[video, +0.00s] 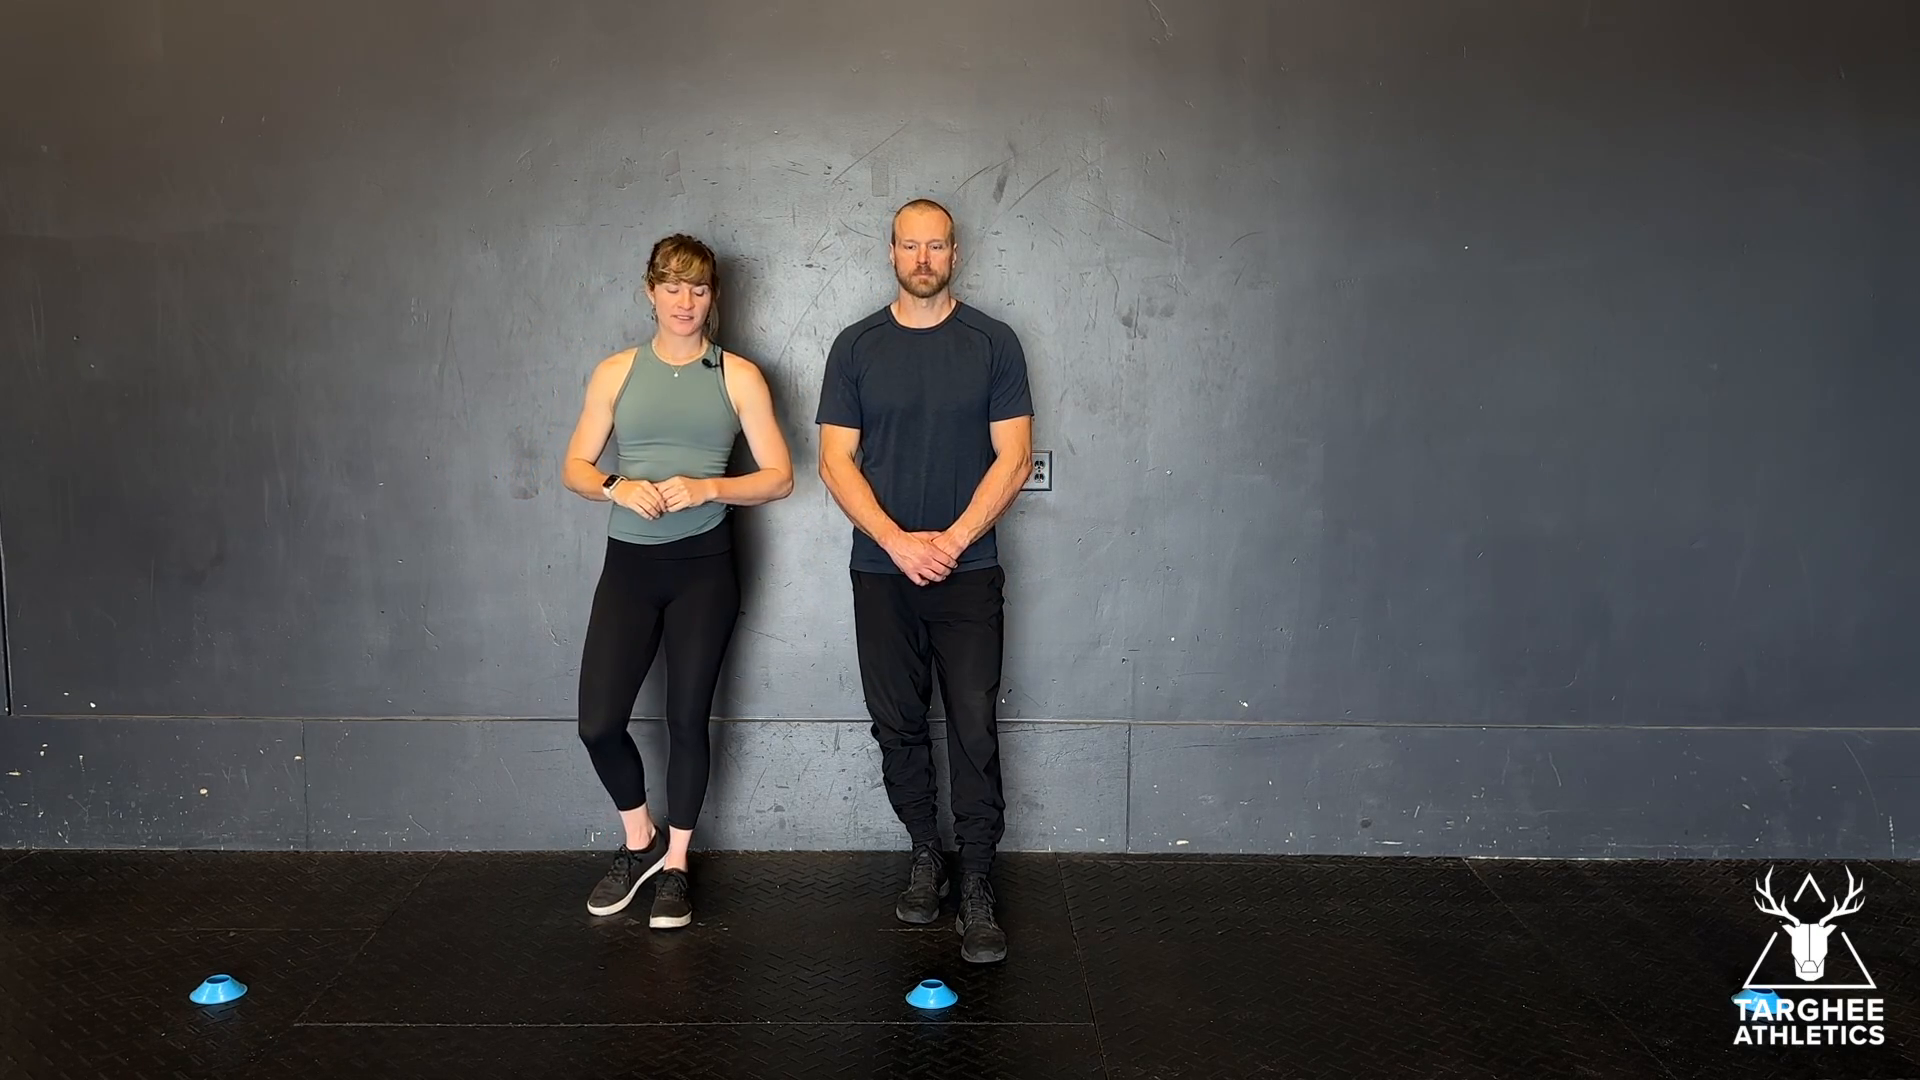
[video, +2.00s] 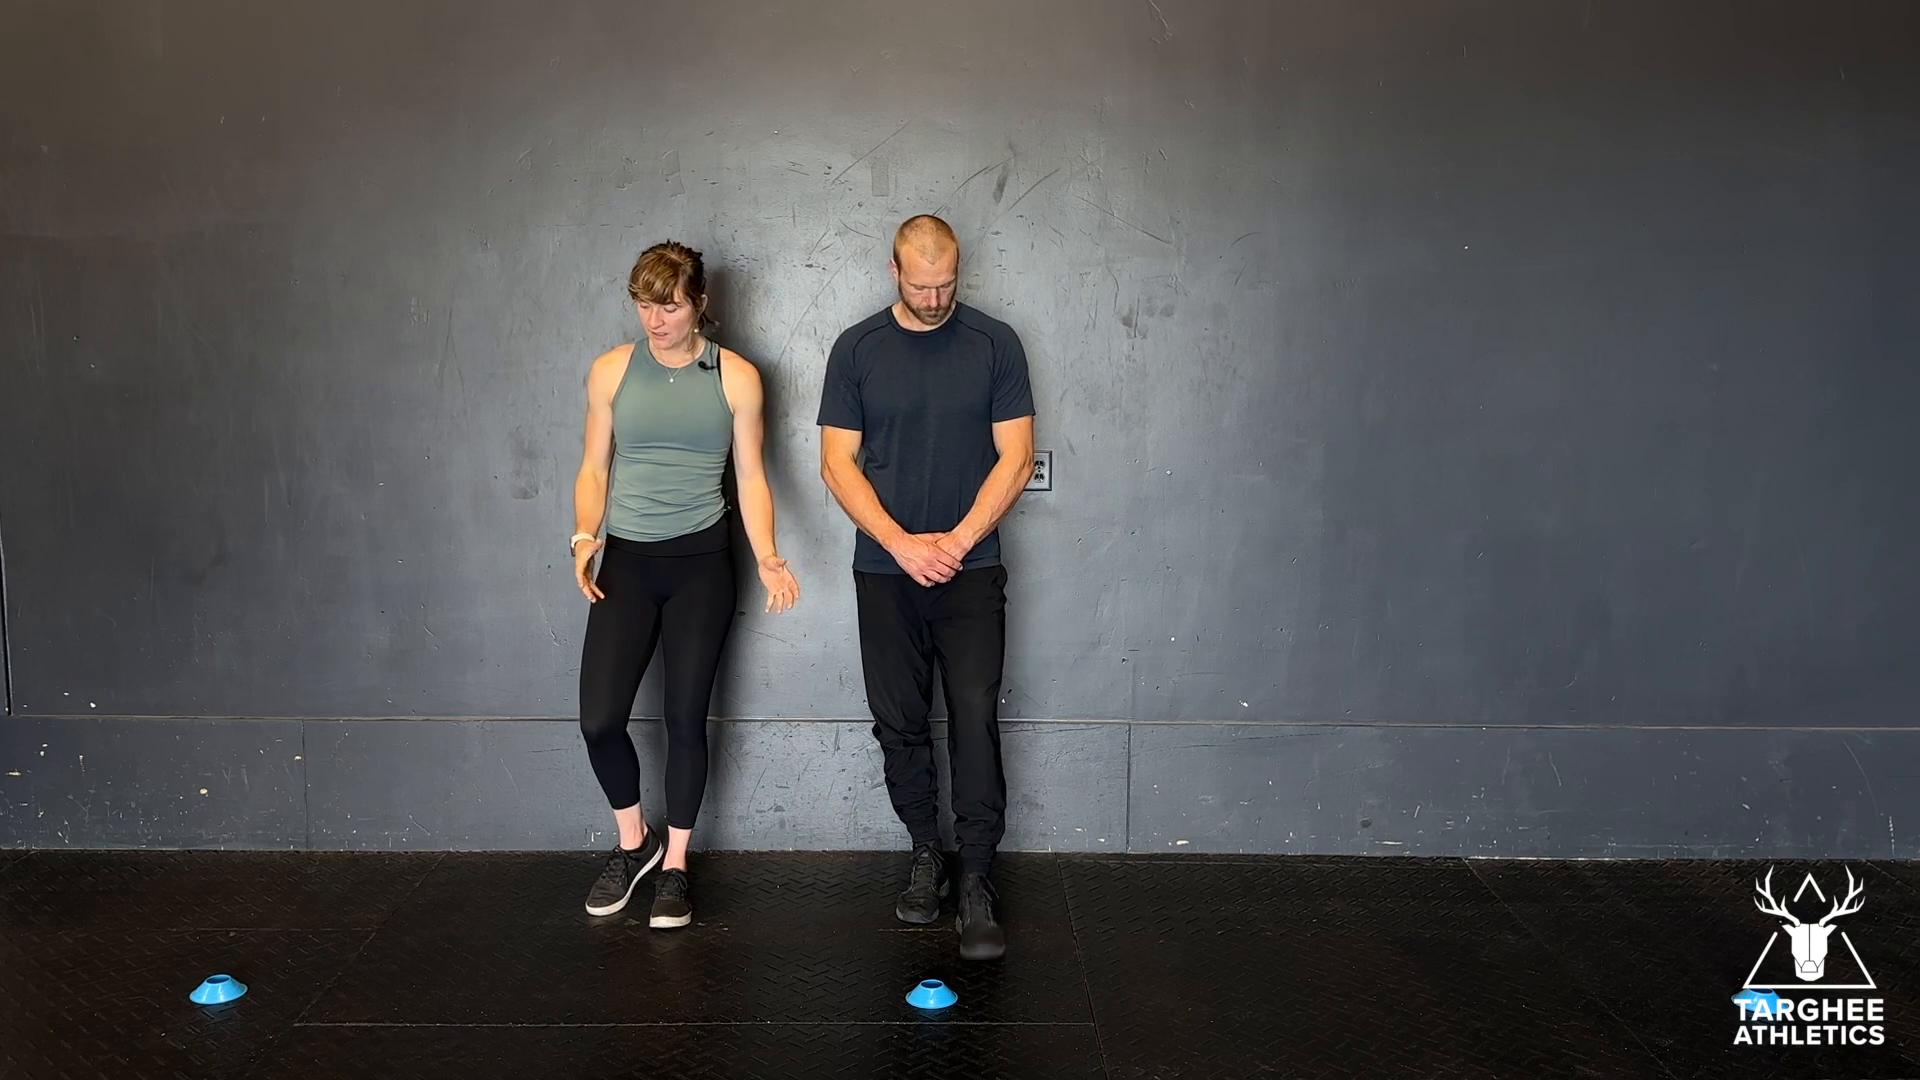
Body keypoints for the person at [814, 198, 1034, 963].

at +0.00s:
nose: (923, 256)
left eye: (936, 244)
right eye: (911, 244)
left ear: (953, 255)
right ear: (891, 253)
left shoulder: (992, 342)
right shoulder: (855, 347)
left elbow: (1015, 460)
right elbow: (835, 462)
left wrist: (950, 542)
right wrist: (894, 539)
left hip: (968, 568)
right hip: (883, 568)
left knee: (974, 729)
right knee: (899, 726)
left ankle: (978, 884)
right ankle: (930, 857)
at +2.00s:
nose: (934, 295)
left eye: (945, 283)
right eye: (923, 283)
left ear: (957, 271)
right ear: (897, 270)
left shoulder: (993, 344)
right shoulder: (856, 348)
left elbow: (1016, 461)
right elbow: (837, 466)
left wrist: (955, 542)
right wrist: (898, 541)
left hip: (970, 568)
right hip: (886, 570)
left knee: (975, 718)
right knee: (900, 723)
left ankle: (977, 876)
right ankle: (927, 856)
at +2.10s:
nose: (931, 295)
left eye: (942, 282)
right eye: (919, 284)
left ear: (955, 269)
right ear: (896, 271)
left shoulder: (994, 344)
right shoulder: (857, 349)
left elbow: (1018, 459)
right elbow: (838, 465)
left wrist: (957, 540)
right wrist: (898, 540)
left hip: (970, 569)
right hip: (886, 570)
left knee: (974, 721)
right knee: (901, 724)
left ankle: (978, 881)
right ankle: (929, 856)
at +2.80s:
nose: (898, 299)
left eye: (910, 286)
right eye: (887, 287)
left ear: (940, 270)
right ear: (875, 274)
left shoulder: (992, 343)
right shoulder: (856, 350)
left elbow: (1017, 460)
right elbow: (837, 466)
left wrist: (950, 541)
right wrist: (891, 540)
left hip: (969, 571)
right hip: (884, 573)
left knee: (974, 726)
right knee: (900, 728)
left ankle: (977, 885)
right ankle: (929, 859)